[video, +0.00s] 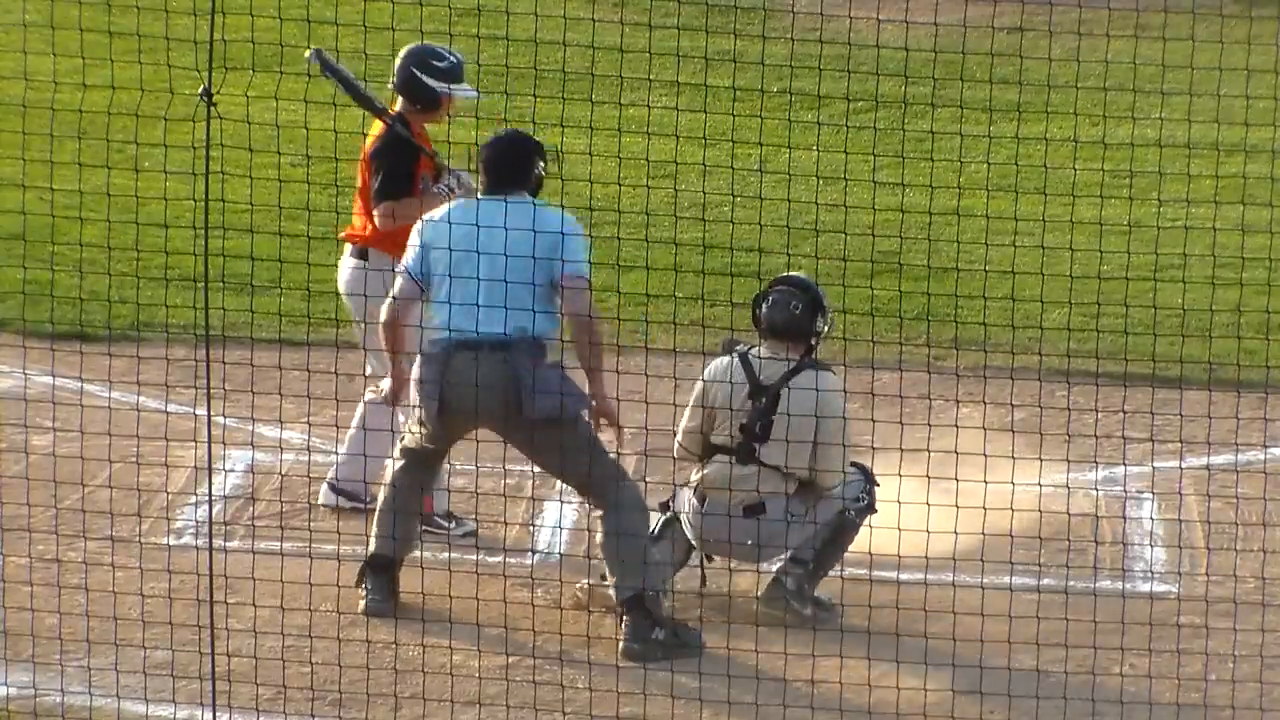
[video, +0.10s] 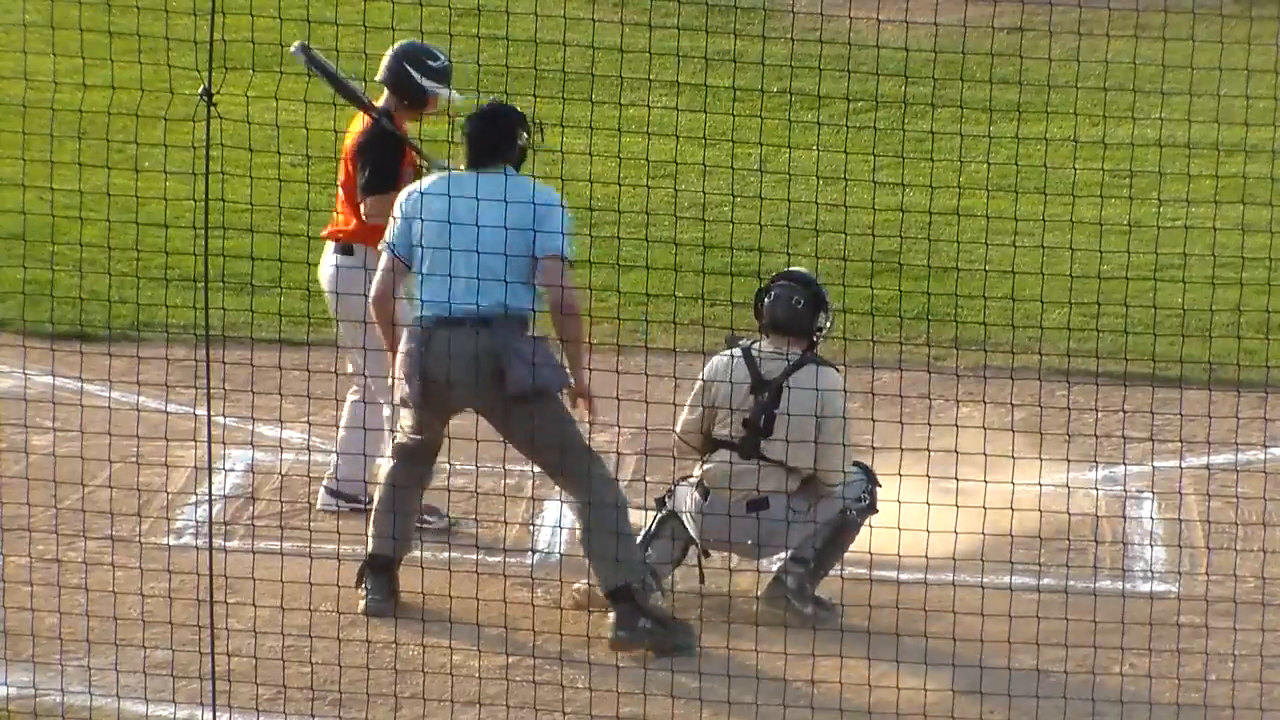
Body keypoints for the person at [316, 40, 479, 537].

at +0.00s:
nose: (453, 101)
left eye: (453, 91)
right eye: (449, 92)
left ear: (408, 89)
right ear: (429, 95)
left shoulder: (404, 132)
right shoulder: (394, 140)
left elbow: (402, 195)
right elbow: (386, 215)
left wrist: (444, 183)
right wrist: (440, 197)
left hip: (380, 269)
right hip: (375, 273)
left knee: (395, 378)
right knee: (412, 380)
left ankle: (349, 483)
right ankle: (428, 505)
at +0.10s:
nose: (435, 103)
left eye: (436, 94)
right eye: (432, 93)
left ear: (394, 85)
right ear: (414, 92)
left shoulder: (377, 123)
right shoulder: (379, 135)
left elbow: (390, 189)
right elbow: (373, 209)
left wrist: (419, 172)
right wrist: (425, 197)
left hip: (356, 260)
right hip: (361, 264)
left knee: (374, 377)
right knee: (394, 378)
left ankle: (345, 485)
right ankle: (405, 498)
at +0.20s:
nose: (419, 107)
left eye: (423, 97)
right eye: (418, 96)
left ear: (381, 81)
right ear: (400, 88)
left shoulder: (348, 118)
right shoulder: (367, 126)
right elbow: (360, 200)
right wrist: (413, 196)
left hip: (325, 258)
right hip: (347, 262)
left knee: (351, 377)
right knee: (382, 378)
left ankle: (339, 481)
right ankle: (349, 482)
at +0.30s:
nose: (402, 111)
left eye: (406, 102)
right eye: (402, 100)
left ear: (367, 83)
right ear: (387, 91)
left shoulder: (330, 116)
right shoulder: (358, 127)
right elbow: (353, 198)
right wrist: (408, 196)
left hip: (308, 257)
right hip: (340, 263)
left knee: (342, 379)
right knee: (368, 387)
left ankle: (348, 484)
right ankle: (305, 469)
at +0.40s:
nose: (389, 118)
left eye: (393, 109)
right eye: (390, 108)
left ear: (354, 88)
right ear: (376, 98)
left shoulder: (305, 117)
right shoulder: (353, 129)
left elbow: (267, 181)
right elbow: (350, 200)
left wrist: (239, 230)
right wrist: (395, 193)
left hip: (289, 261)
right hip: (327, 266)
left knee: (327, 376)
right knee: (331, 385)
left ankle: (345, 484)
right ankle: (270, 489)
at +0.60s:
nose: (373, 118)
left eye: (375, 110)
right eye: (373, 109)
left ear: (329, 92)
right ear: (359, 103)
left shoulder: (269, 116)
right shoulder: (339, 134)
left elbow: (215, 177)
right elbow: (346, 212)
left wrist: (175, 227)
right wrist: (381, 199)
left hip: (238, 258)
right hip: (284, 266)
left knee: (282, 370)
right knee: (287, 383)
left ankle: (306, 469)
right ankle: (260, 498)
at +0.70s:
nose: (351, 121)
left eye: (353, 113)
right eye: (352, 112)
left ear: (312, 90)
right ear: (344, 104)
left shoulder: (252, 113)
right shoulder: (328, 134)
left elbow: (203, 176)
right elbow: (335, 212)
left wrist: (185, 232)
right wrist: (366, 199)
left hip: (222, 257)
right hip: (275, 264)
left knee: (239, 375)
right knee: (280, 381)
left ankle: (242, 484)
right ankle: (260, 497)